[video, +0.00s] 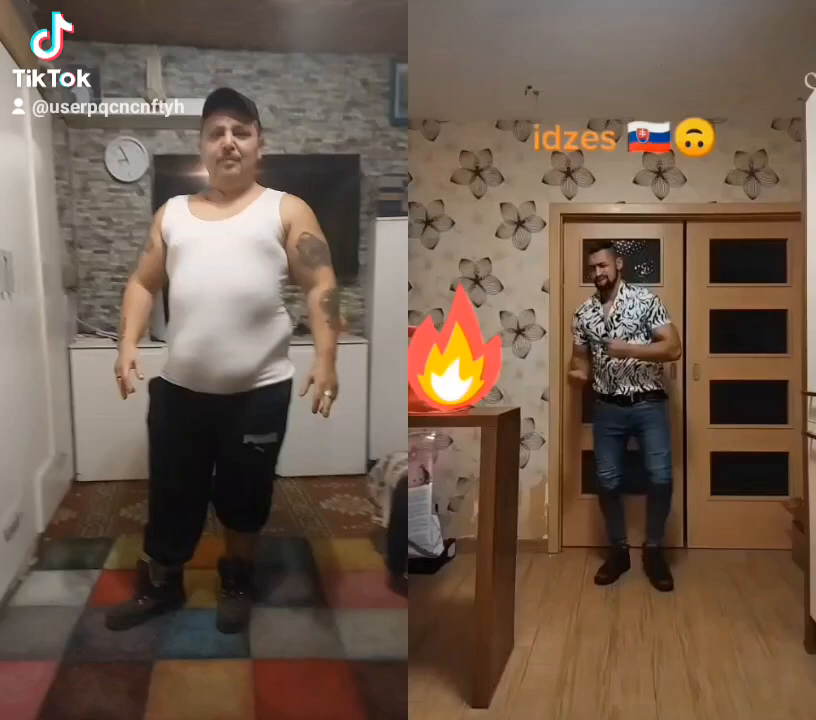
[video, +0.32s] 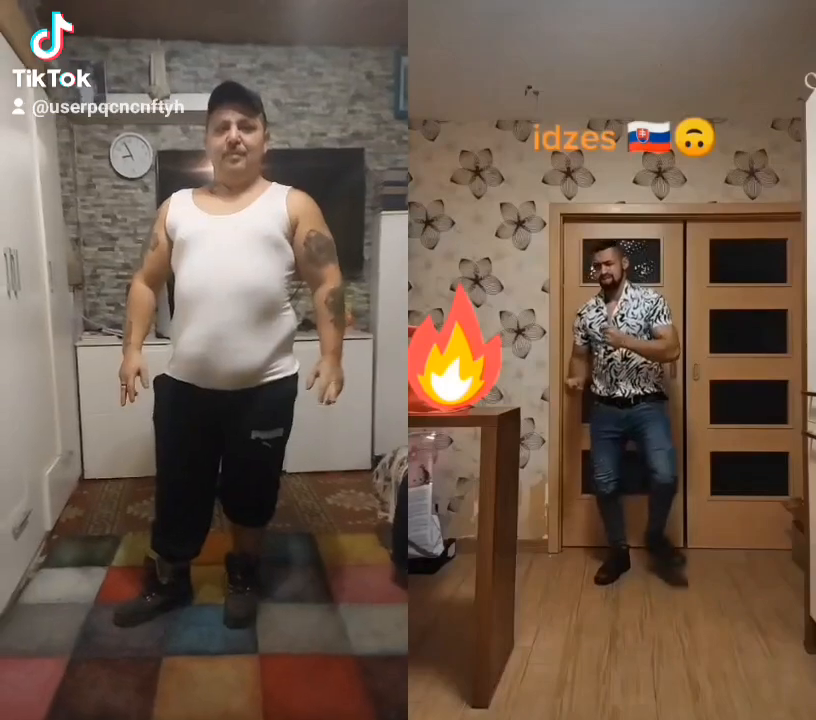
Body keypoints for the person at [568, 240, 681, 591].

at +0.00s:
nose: (598, 272)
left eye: (603, 265)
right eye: (593, 268)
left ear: (619, 266)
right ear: (590, 272)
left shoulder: (646, 300)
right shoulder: (585, 313)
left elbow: (672, 348)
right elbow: (580, 357)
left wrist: (629, 349)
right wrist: (581, 369)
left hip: (649, 405)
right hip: (608, 407)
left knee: (660, 479)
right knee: (607, 480)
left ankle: (654, 552)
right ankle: (618, 553)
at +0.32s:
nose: (602, 270)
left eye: (608, 264)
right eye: (597, 266)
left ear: (625, 265)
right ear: (594, 270)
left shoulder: (651, 301)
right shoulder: (588, 313)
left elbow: (671, 350)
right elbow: (579, 357)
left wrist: (625, 342)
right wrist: (578, 378)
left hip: (648, 405)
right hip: (605, 408)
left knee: (664, 477)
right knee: (604, 483)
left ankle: (656, 541)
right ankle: (618, 553)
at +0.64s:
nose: (623, 266)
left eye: (629, 259)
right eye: (617, 261)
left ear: (644, 262)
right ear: (611, 267)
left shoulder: (667, 299)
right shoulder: (601, 309)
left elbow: (683, 352)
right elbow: (594, 352)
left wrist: (634, 350)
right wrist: (593, 377)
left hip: (657, 407)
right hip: (614, 406)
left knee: (664, 485)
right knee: (610, 482)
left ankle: (665, 568)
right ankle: (619, 553)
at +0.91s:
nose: (642, 267)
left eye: (649, 260)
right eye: (636, 261)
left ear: (662, 262)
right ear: (628, 265)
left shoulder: (685, 305)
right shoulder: (617, 311)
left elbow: (700, 363)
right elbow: (608, 356)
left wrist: (664, 386)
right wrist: (607, 381)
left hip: (670, 416)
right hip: (626, 415)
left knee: (672, 495)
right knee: (603, 484)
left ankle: (669, 575)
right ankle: (629, 548)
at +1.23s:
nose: (647, 261)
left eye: (654, 254)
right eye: (640, 254)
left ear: (666, 257)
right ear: (630, 258)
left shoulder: (689, 298)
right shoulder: (612, 305)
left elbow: (717, 347)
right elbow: (595, 356)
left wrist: (692, 386)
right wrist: (605, 367)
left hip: (673, 416)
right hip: (626, 414)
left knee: (676, 499)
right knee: (600, 488)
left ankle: (667, 578)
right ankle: (622, 592)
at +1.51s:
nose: (642, 259)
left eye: (650, 251)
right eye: (635, 251)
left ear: (661, 255)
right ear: (624, 255)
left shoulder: (684, 303)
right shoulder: (604, 303)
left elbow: (705, 360)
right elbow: (579, 357)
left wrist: (682, 370)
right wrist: (595, 365)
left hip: (676, 422)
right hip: (626, 422)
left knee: (678, 507)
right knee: (610, 504)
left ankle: (661, 576)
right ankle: (632, 596)